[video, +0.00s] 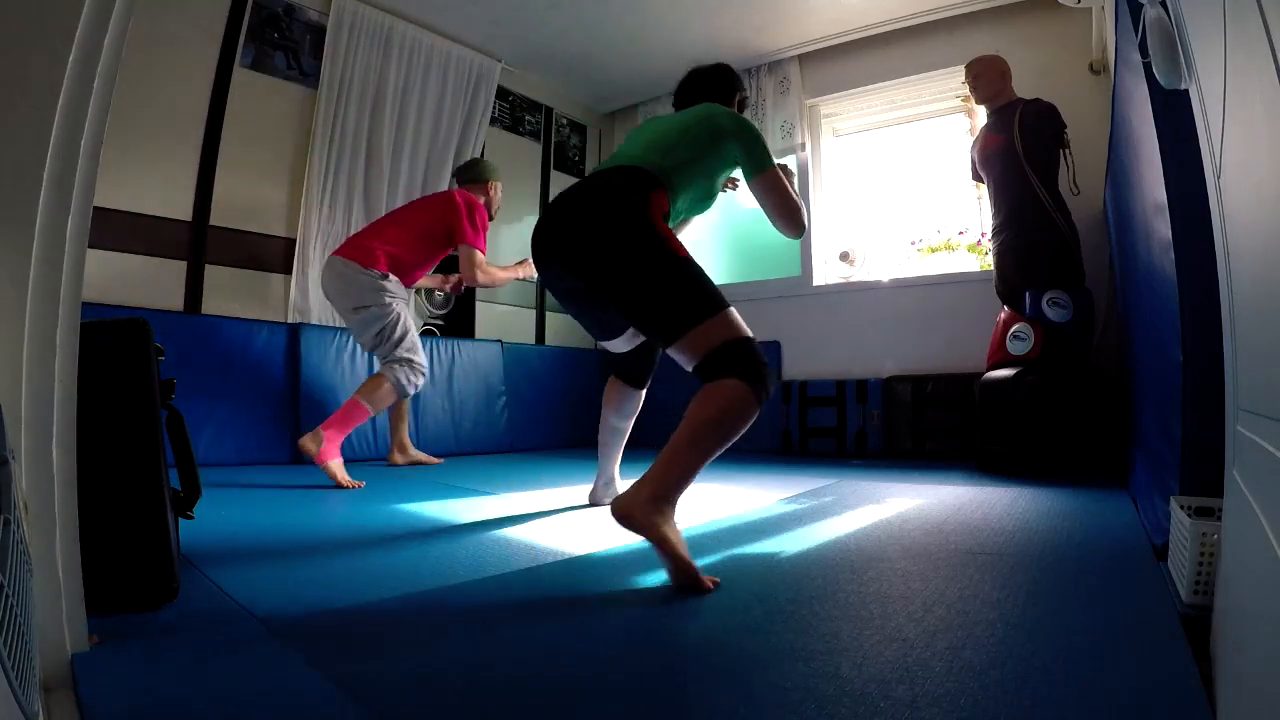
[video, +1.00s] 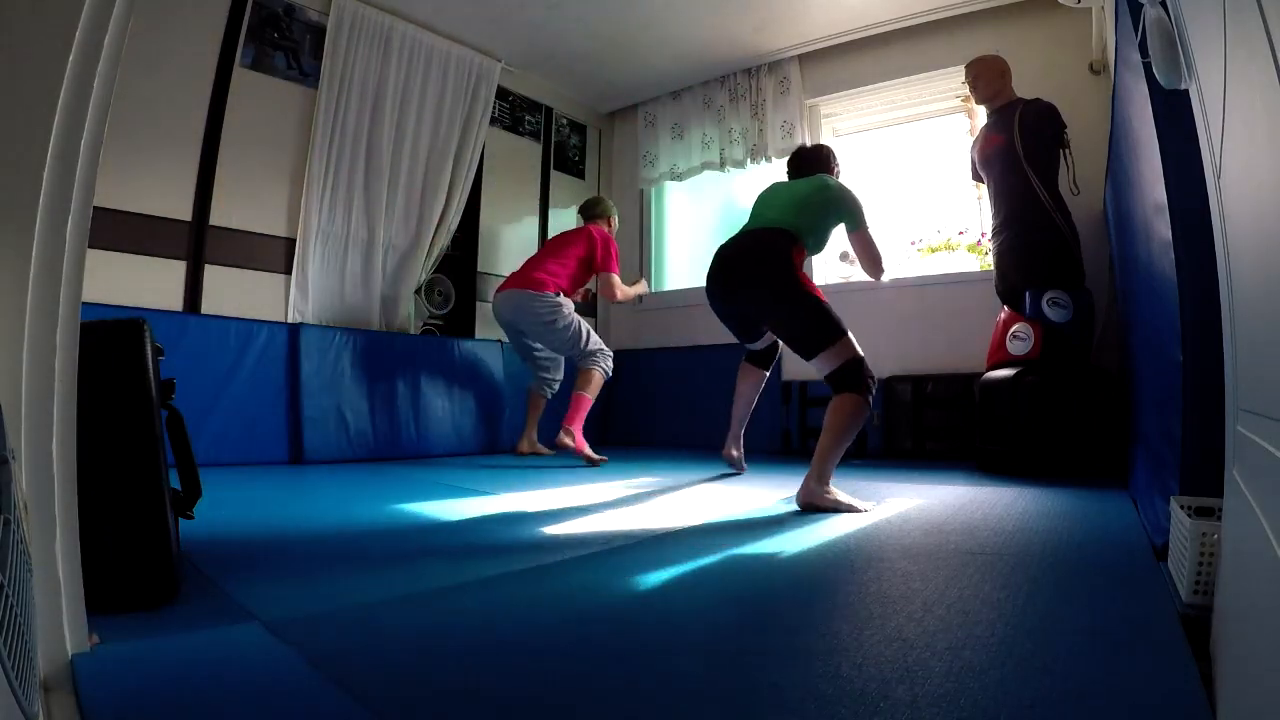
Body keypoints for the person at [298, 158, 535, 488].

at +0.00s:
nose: (500, 200)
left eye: (501, 193)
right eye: (500, 192)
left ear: (463, 186)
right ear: (490, 188)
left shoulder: (442, 204)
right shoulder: (471, 206)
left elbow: (400, 273)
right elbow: (475, 275)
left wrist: (445, 281)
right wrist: (518, 272)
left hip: (347, 268)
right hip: (364, 273)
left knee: (398, 353)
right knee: (408, 367)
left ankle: (401, 446)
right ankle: (326, 438)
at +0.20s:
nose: (527, 209)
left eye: (527, 202)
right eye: (528, 201)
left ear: (491, 193)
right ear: (520, 196)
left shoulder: (469, 211)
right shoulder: (500, 212)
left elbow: (435, 279)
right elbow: (505, 279)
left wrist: (479, 282)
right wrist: (545, 275)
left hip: (376, 273)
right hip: (404, 275)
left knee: (431, 355)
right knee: (464, 351)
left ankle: (415, 442)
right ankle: (411, 438)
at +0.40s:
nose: (548, 212)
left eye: (547, 206)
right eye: (549, 206)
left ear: (515, 201)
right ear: (542, 202)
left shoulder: (490, 216)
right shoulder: (529, 219)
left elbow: (453, 260)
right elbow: (540, 283)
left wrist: (489, 285)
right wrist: (570, 279)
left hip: (415, 282)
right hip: (447, 287)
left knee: (464, 360)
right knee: (492, 372)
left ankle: (463, 441)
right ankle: (420, 435)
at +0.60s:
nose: (574, 219)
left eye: (572, 214)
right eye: (574, 213)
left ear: (542, 210)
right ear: (568, 212)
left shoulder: (522, 226)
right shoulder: (557, 226)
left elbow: (493, 282)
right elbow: (568, 289)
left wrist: (528, 289)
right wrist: (600, 283)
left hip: (443, 285)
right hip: (479, 286)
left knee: (497, 361)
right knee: (539, 352)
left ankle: (471, 436)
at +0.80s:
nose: (595, 224)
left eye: (595, 219)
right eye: (595, 218)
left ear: (563, 214)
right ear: (589, 216)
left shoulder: (538, 229)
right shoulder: (583, 231)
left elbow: (517, 264)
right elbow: (597, 290)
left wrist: (540, 290)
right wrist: (620, 285)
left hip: (479, 292)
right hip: (515, 293)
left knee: (519, 362)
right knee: (560, 372)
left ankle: (522, 432)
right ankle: (513, 436)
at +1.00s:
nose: (616, 229)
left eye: (615, 225)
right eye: (616, 224)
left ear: (584, 220)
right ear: (610, 221)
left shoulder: (564, 237)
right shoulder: (602, 237)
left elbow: (537, 275)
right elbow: (614, 293)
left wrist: (571, 292)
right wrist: (638, 289)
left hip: (503, 299)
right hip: (539, 298)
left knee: (549, 366)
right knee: (598, 355)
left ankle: (528, 439)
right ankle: (572, 431)